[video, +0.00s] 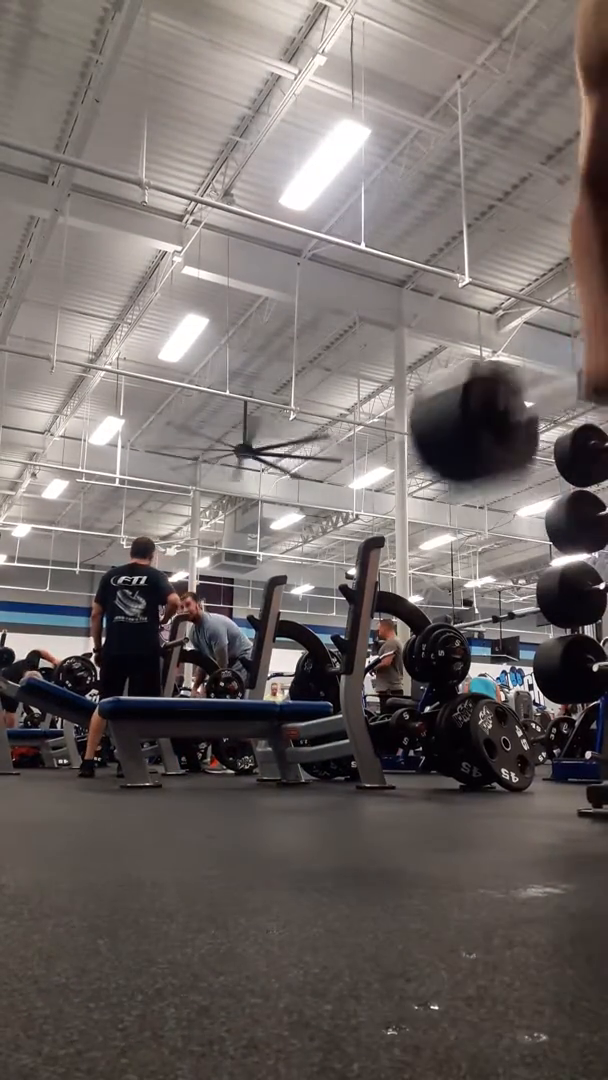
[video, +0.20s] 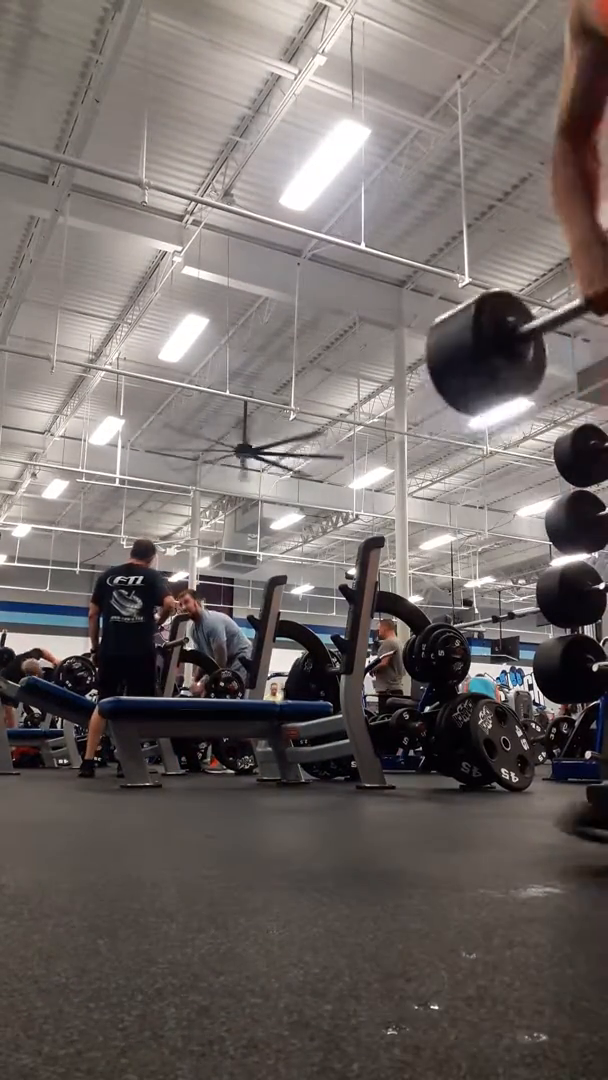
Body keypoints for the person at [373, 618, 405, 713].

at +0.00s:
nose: (378, 632)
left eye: (380, 629)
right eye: (379, 629)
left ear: (386, 628)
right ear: (387, 628)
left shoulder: (391, 643)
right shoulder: (392, 642)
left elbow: (386, 662)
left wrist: (374, 668)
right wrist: (374, 667)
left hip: (389, 691)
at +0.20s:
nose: (379, 632)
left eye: (380, 629)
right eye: (379, 629)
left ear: (385, 628)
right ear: (391, 629)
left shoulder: (388, 643)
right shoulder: (397, 642)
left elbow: (384, 663)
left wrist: (373, 670)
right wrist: (376, 670)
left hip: (387, 692)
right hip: (396, 690)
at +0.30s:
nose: (378, 632)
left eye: (379, 629)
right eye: (378, 630)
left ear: (385, 628)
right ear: (391, 629)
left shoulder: (386, 643)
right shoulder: (398, 643)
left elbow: (383, 663)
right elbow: (403, 670)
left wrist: (373, 670)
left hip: (386, 692)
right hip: (397, 691)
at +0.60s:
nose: (378, 631)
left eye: (381, 628)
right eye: (378, 628)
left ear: (390, 629)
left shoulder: (389, 643)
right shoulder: (396, 643)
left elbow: (384, 666)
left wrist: (372, 680)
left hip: (385, 692)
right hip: (394, 691)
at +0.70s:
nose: (380, 631)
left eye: (383, 628)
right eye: (379, 629)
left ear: (391, 630)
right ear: (377, 630)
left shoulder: (390, 644)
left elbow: (387, 667)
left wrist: (378, 685)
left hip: (387, 691)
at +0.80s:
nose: (382, 631)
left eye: (385, 628)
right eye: (380, 629)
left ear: (391, 630)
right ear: (377, 631)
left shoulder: (393, 644)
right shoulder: (383, 646)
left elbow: (396, 661)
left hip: (389, 690)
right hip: (382, 689)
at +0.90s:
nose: (382, 631)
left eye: (385, 628)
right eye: (380, 628)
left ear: (390, 630)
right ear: (377, 631)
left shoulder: (394, 644)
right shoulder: (379, 647)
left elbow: (401, 662)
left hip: (390, 688)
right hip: (380, 687)